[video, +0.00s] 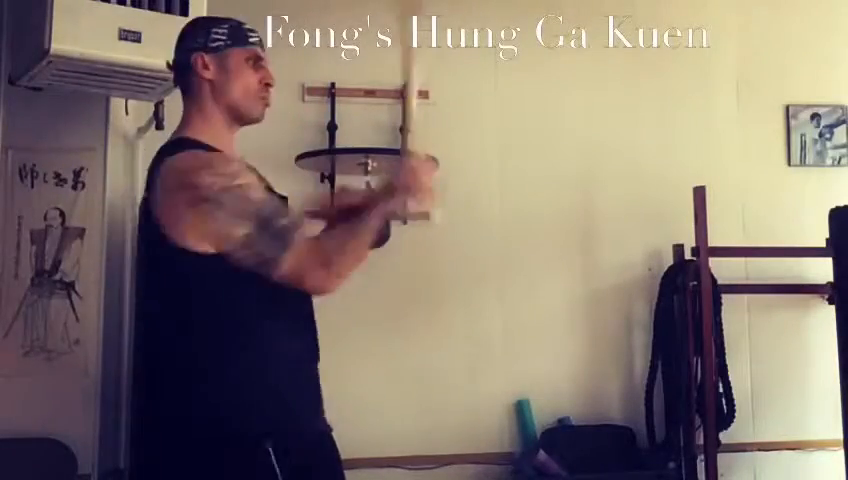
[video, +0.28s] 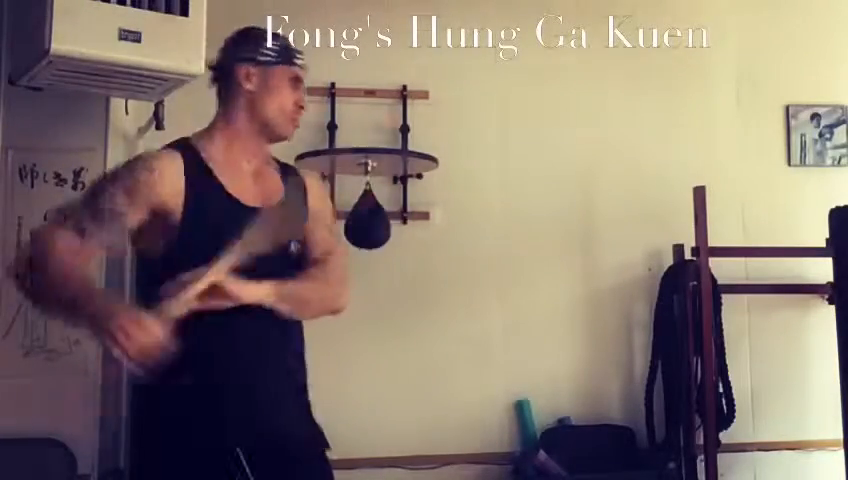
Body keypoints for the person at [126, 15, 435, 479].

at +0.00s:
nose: (270, 77)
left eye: (264, 64)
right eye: (253, 61)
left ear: (208, 68)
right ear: (205, 67)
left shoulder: (209, 166)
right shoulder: (200, 174)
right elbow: (319, 269)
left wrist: (322, 218)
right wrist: (388, 203)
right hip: (247, 440)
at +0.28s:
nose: (304, 100)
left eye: (303, 87)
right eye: (295, 83)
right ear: (248, 77)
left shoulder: (307, 190)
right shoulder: (164, 173)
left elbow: (334, 291)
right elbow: (45, 255)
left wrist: (254, 291)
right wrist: (110, 314)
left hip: (283, 430)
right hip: (183, 436)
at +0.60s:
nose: (310, 110)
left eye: (311, 97)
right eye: (299, 92)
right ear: (253, 84)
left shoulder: (270, 190)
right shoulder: (186, 166)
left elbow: (330, 283)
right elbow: (263, 94)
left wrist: (297, 244)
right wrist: (369, 176)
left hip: (272, 408)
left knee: (305, 471)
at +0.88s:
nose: (299, 106)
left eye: (300, 92)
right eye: (293, 88)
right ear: (251, 74)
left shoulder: (136, 175)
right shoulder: (280, 142)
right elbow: (384, 187)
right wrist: (317, 208)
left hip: (166, 413)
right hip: (264, 415)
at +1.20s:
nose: (276, 83)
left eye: (272, 67)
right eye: (264, 65)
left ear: (215, 67)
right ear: (216, 65)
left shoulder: (165, 164)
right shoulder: (227, 166)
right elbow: (336, 270)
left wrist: (359, 235)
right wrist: (417, 233)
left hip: (179, 424)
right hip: (253, 430)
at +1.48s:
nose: (266, 90)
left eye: (263, 76)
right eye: (254, 73)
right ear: (205, 72)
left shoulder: (254, 174)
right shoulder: (164, 178)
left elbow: (331, 275)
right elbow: (257, 301)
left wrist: (323, 207)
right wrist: (323, 206)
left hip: (285, 428)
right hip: (208, 436)